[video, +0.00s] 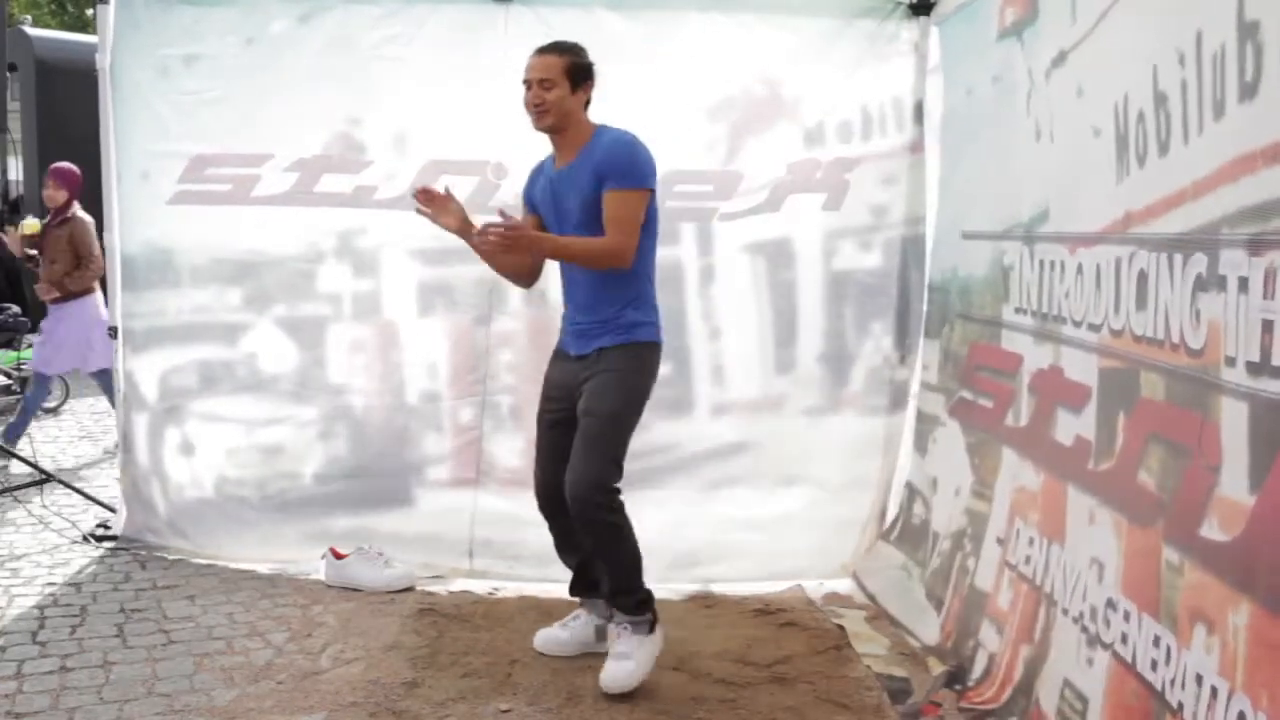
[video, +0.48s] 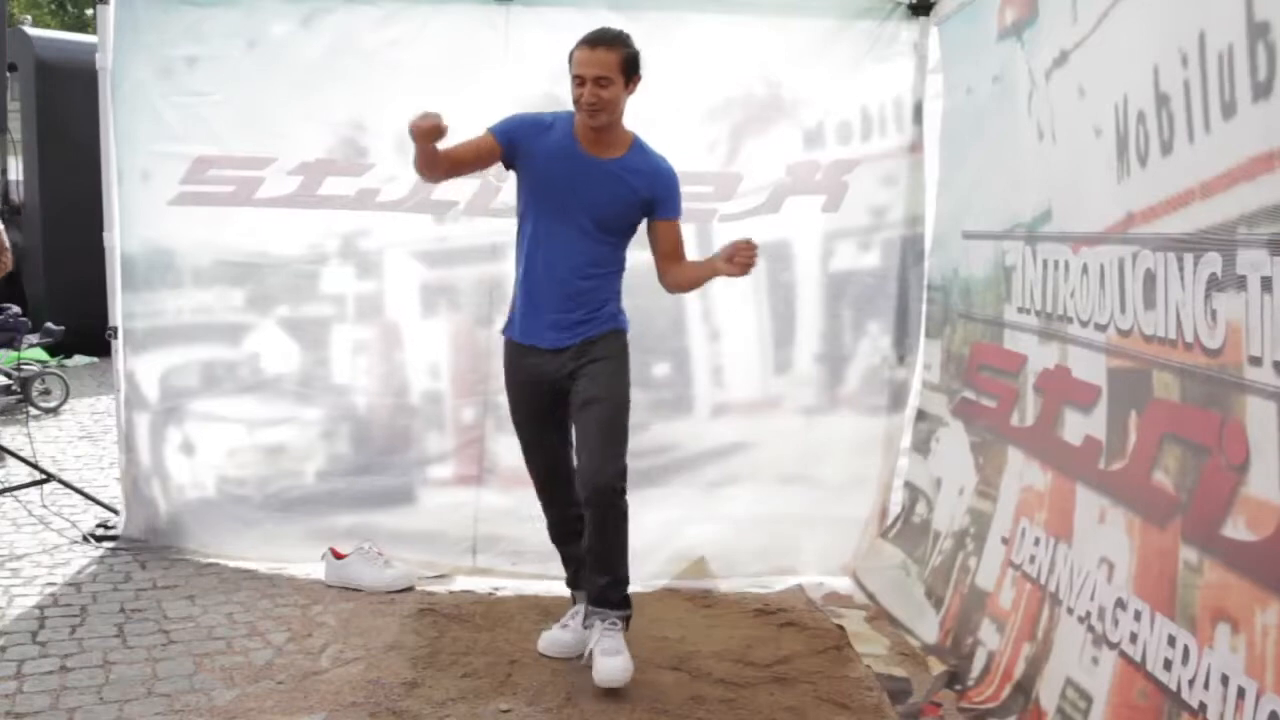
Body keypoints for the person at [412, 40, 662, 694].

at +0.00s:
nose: (533, 97)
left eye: (546, 86)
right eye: (528, 87)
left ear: (583, 92)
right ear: (527, 95)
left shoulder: (621, 153)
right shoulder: (540, 180)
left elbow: (620, 250)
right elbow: (525, 271)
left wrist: (542, 243)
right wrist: (466, 229)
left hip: (626, 346)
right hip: (572, 350)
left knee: (589, 486)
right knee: (553, 487)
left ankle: (637, 622)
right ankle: (596, 609)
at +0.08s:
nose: (539, 86)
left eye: (552, 74)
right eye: (532, 74)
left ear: (587, 79)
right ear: (529, 82)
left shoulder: (626, 143)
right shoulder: (534, 164)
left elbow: (614, 241)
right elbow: (523, 257)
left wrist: (525, 231)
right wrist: (484, 228)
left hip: (622, 339)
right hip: (564, 344)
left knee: (600, 485)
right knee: (563, 486)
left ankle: (610, 627)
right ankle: (596, 607)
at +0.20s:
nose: (551, 86)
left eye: (564, 76)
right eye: (544, 76)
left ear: (596, 82)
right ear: (537, 83)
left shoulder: (632, 152)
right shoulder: (528, 163)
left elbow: (622, 253)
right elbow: (520, 253)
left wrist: (536, 253)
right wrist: (504, 253)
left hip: (615, 349)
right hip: (551, 351)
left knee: (599, 498)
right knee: (558, 499)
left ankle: (598, 638)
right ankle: (596, 612)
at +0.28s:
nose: (563, 91)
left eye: (577, 81)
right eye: (555, 79)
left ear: (606, 87)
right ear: (546, 83)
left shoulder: (640, 163)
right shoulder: (524, 159)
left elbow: (645, 268)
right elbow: (498, 258)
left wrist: (595, 266)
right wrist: (497, 251)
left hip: (614, 351)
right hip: (546, 352)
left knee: (601, 493)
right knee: (557, 499)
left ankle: (606, 633)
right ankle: (595, 607)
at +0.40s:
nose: (583, 99)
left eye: (597, 88)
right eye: (574, 86)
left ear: (623, 92)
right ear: (561, 87)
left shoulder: (650, 176)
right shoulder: (523, 148)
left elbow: (661, 280)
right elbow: (443, 213)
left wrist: (678, 263)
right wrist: (448, 185)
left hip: (609, 349)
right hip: (536, 354)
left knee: (604, 482)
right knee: (554, 499)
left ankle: (611, 622)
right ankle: (590, 610)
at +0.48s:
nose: (591, 94)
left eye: (604, 83)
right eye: (582, 82)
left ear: (631, 86)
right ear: (570, 81)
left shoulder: (653, 175)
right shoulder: (529, 135)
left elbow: (672, 274)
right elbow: (434, 169)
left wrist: (717, 262)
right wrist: (425, 142)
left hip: (598, 344)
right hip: (527, 344)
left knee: (601, 483)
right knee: (556, 491)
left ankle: (608, 620)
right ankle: (587, 602)